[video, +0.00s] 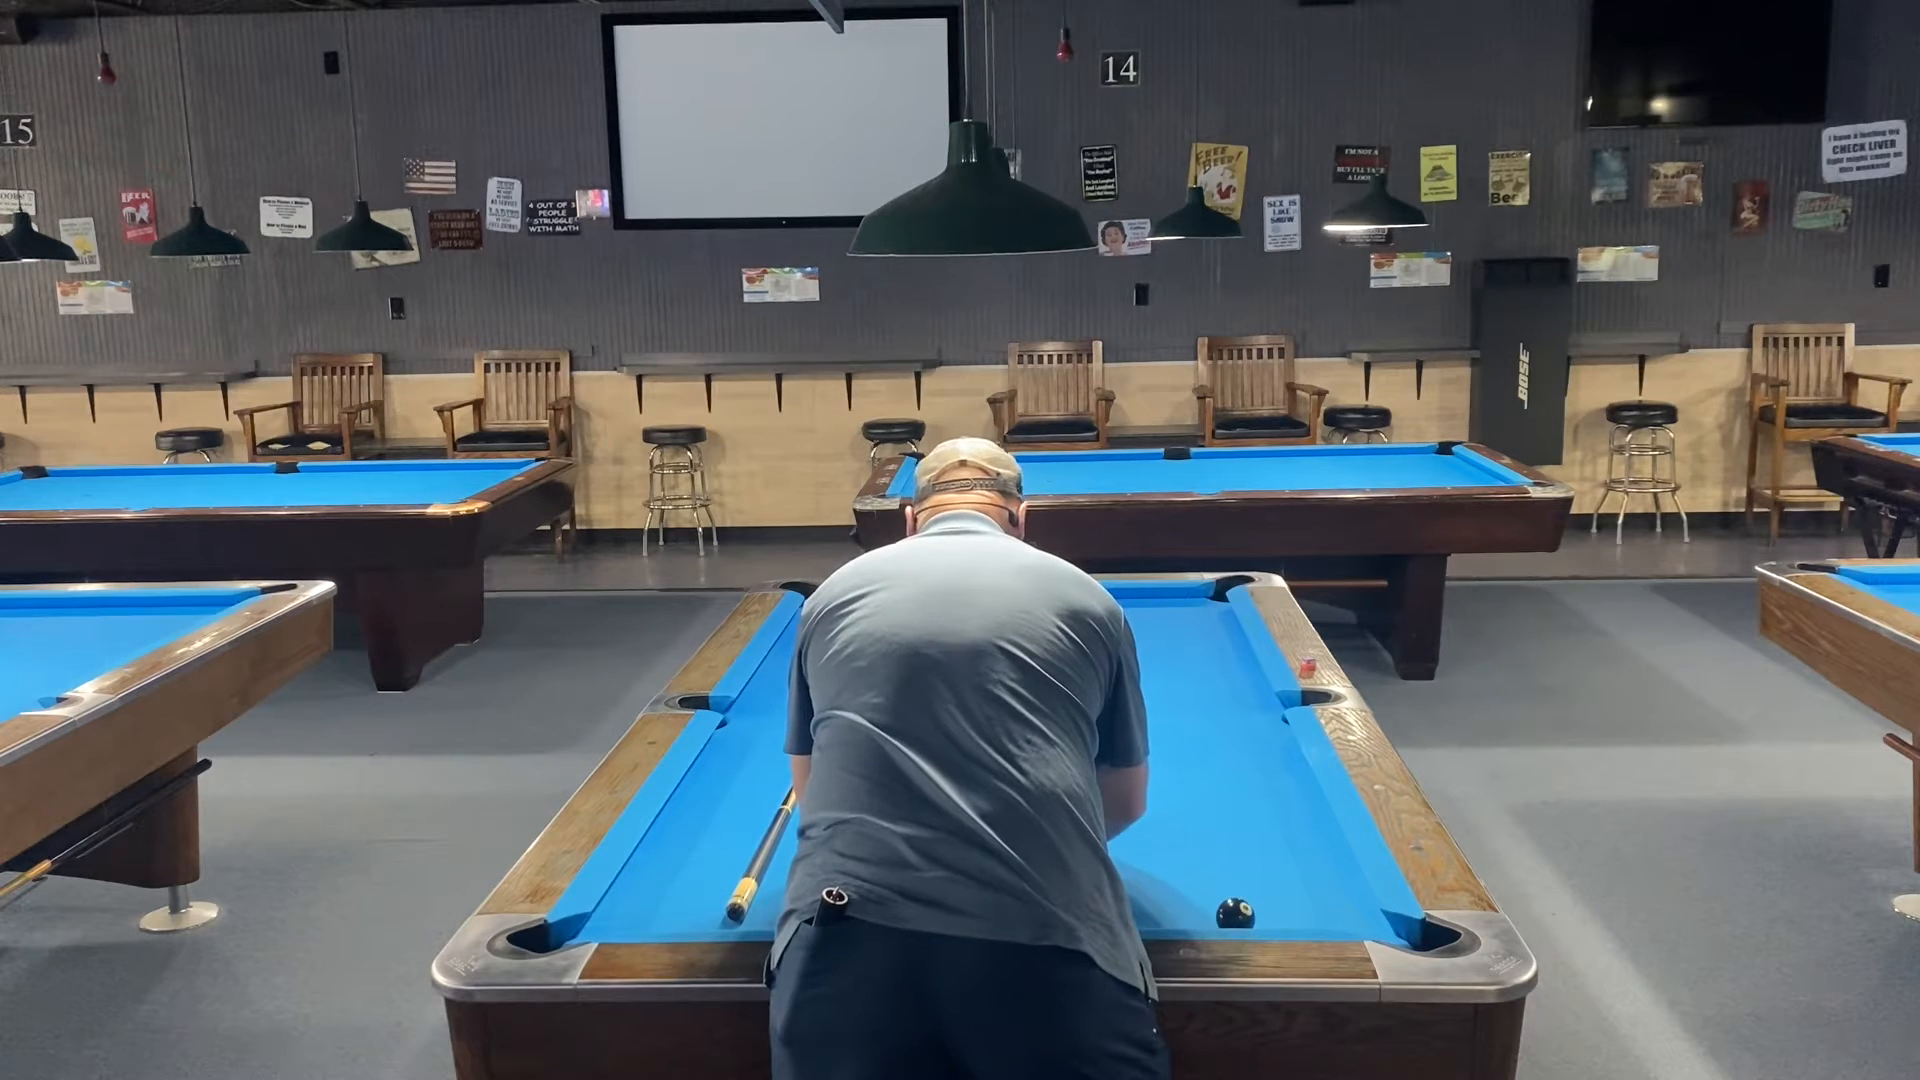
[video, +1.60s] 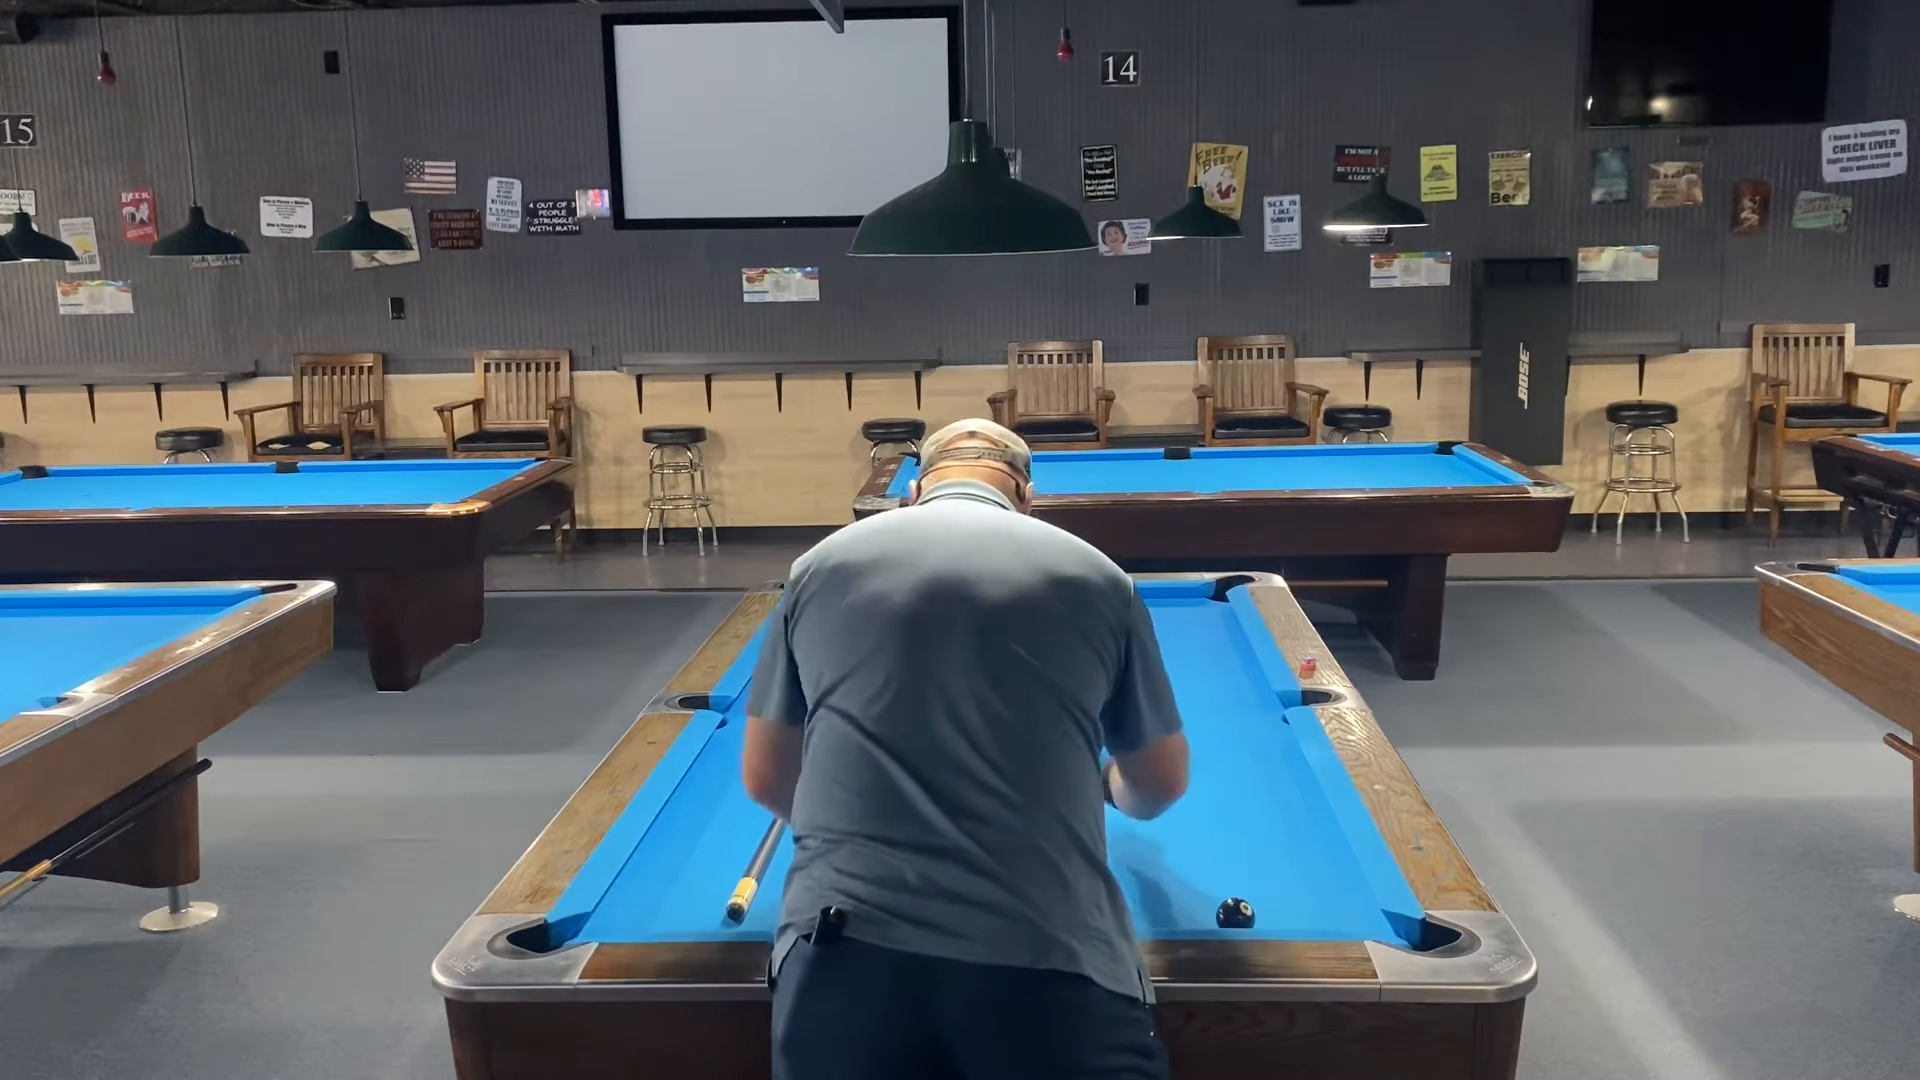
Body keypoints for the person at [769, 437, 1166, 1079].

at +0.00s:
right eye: (1020, 509)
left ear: (911, 518)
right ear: (1018, 514)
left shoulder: (834, 591)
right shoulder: (1088, 597)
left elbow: (809, 786)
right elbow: (1123, 798)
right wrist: (1028, 845)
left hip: (846, 955)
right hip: (1050, 962)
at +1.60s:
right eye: (1033, 490)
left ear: (915, 491)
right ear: (1024, 493)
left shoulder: (825, 562)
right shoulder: (1099, 578)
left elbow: (767, 774)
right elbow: (1158, 784)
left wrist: (857, 819)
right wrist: (1096, 776)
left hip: (846, 968)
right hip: (1052, 977)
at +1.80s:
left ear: (912, 474)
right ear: (1025, 477)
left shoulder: (815, 553)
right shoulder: (1102, 568)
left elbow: (750, 774)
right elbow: (1182, 784)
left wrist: (835, 832)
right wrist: (1140, 811)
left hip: (845, 978)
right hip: (1055, 992)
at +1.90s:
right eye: (1032, 470)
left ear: (913, 467)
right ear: (1024, 468)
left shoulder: (812, 552)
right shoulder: (1103, 564)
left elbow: (754, 777)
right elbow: (1180, 782)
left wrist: (841, 833)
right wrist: (1144, 828)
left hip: (843, 979)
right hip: (1052, 996)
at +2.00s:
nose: (1044, 485)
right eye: (1041, 470)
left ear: (914, 461)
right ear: (1027, 462)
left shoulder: (809, 552)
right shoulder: (1101, 561)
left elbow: (761, 778)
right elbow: (1176, 789)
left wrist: (846, 831)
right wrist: (1154, 831)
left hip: (844, 987)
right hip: (1053, 1005)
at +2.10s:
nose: (1049, 490)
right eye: (1046, 470)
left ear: (916, 460)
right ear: (1027, 452)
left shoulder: (810, 551)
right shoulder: (1099, 557)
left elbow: (769, 780)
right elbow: (1183, 804)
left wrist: (854, 829)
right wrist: (1210, 806)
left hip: (841, 997)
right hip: (1051, 1007)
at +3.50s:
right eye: (1032, 514)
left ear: (916, 512)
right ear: (1026, 515)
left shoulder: (831, 585)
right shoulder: (1091, 594)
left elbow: (799, 796)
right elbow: (1130, 801)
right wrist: (1039, 855)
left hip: (843, 967)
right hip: (1048, 973)